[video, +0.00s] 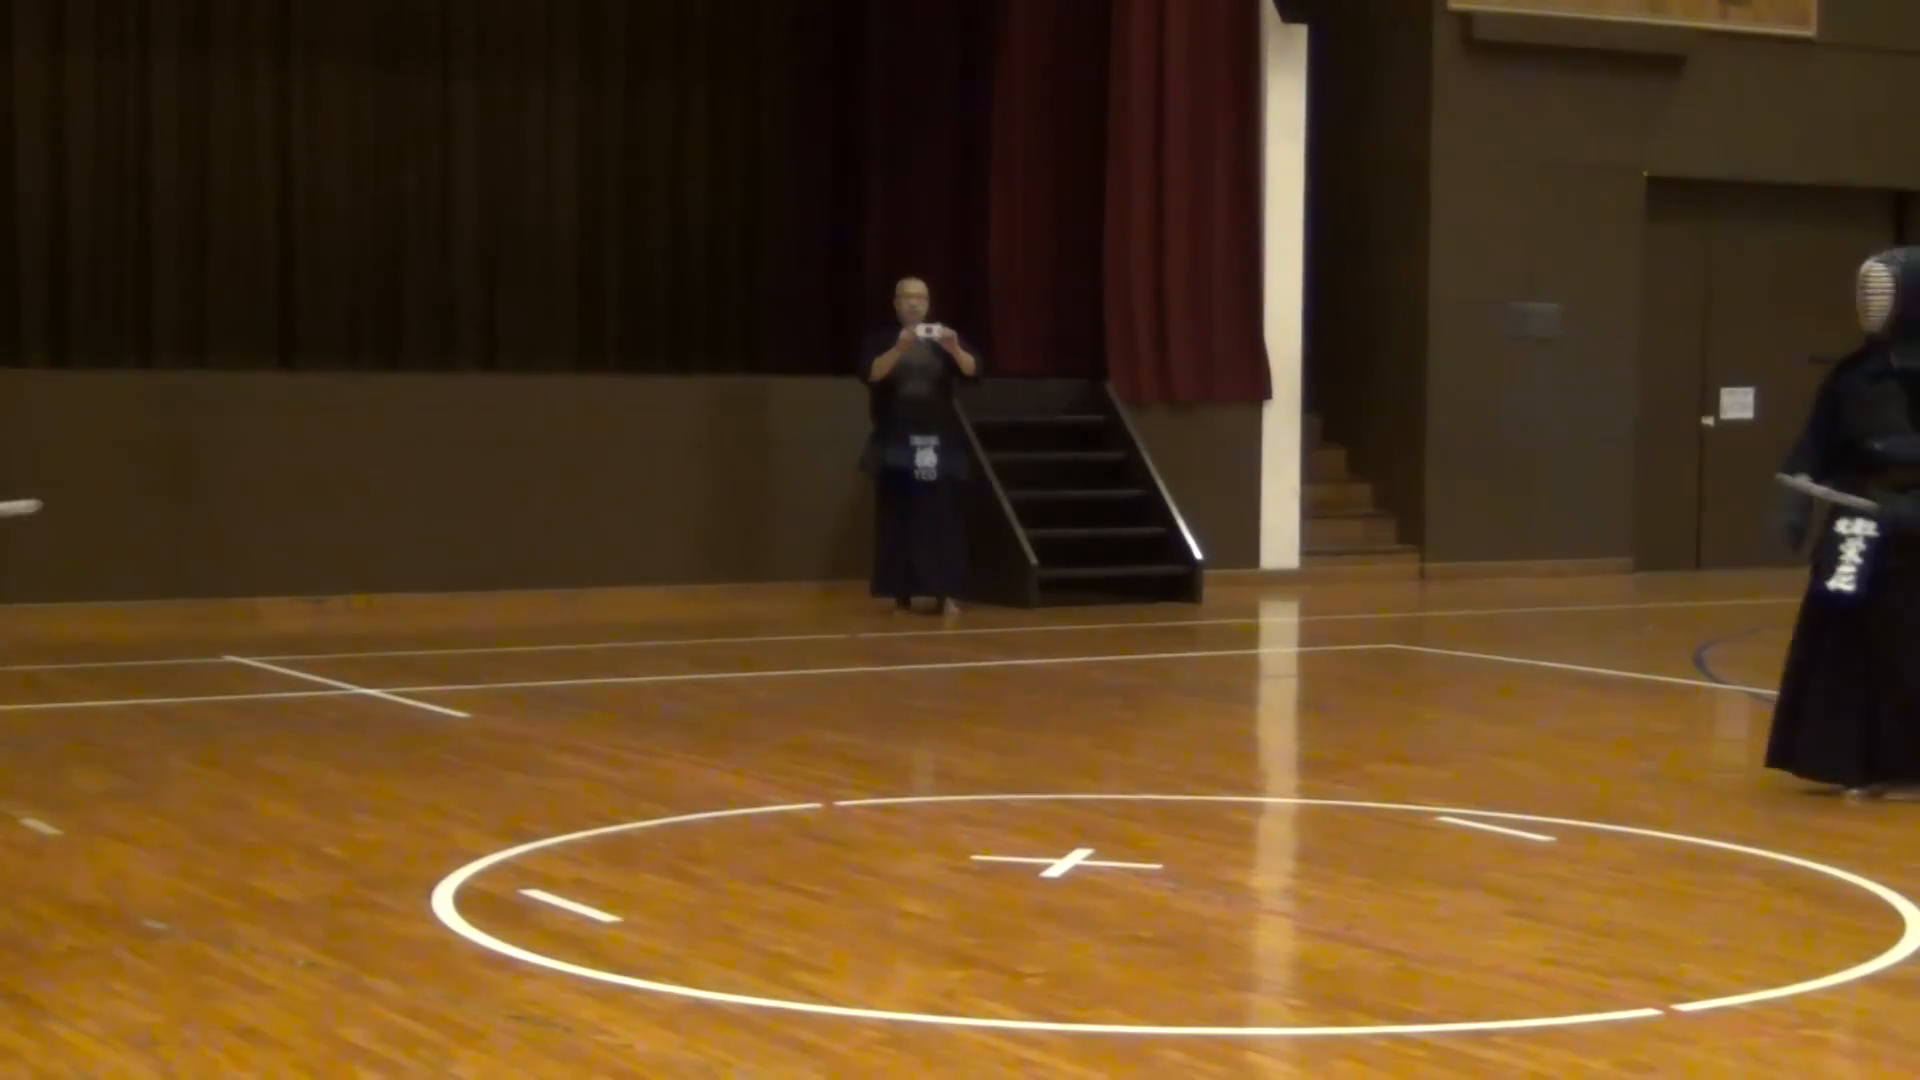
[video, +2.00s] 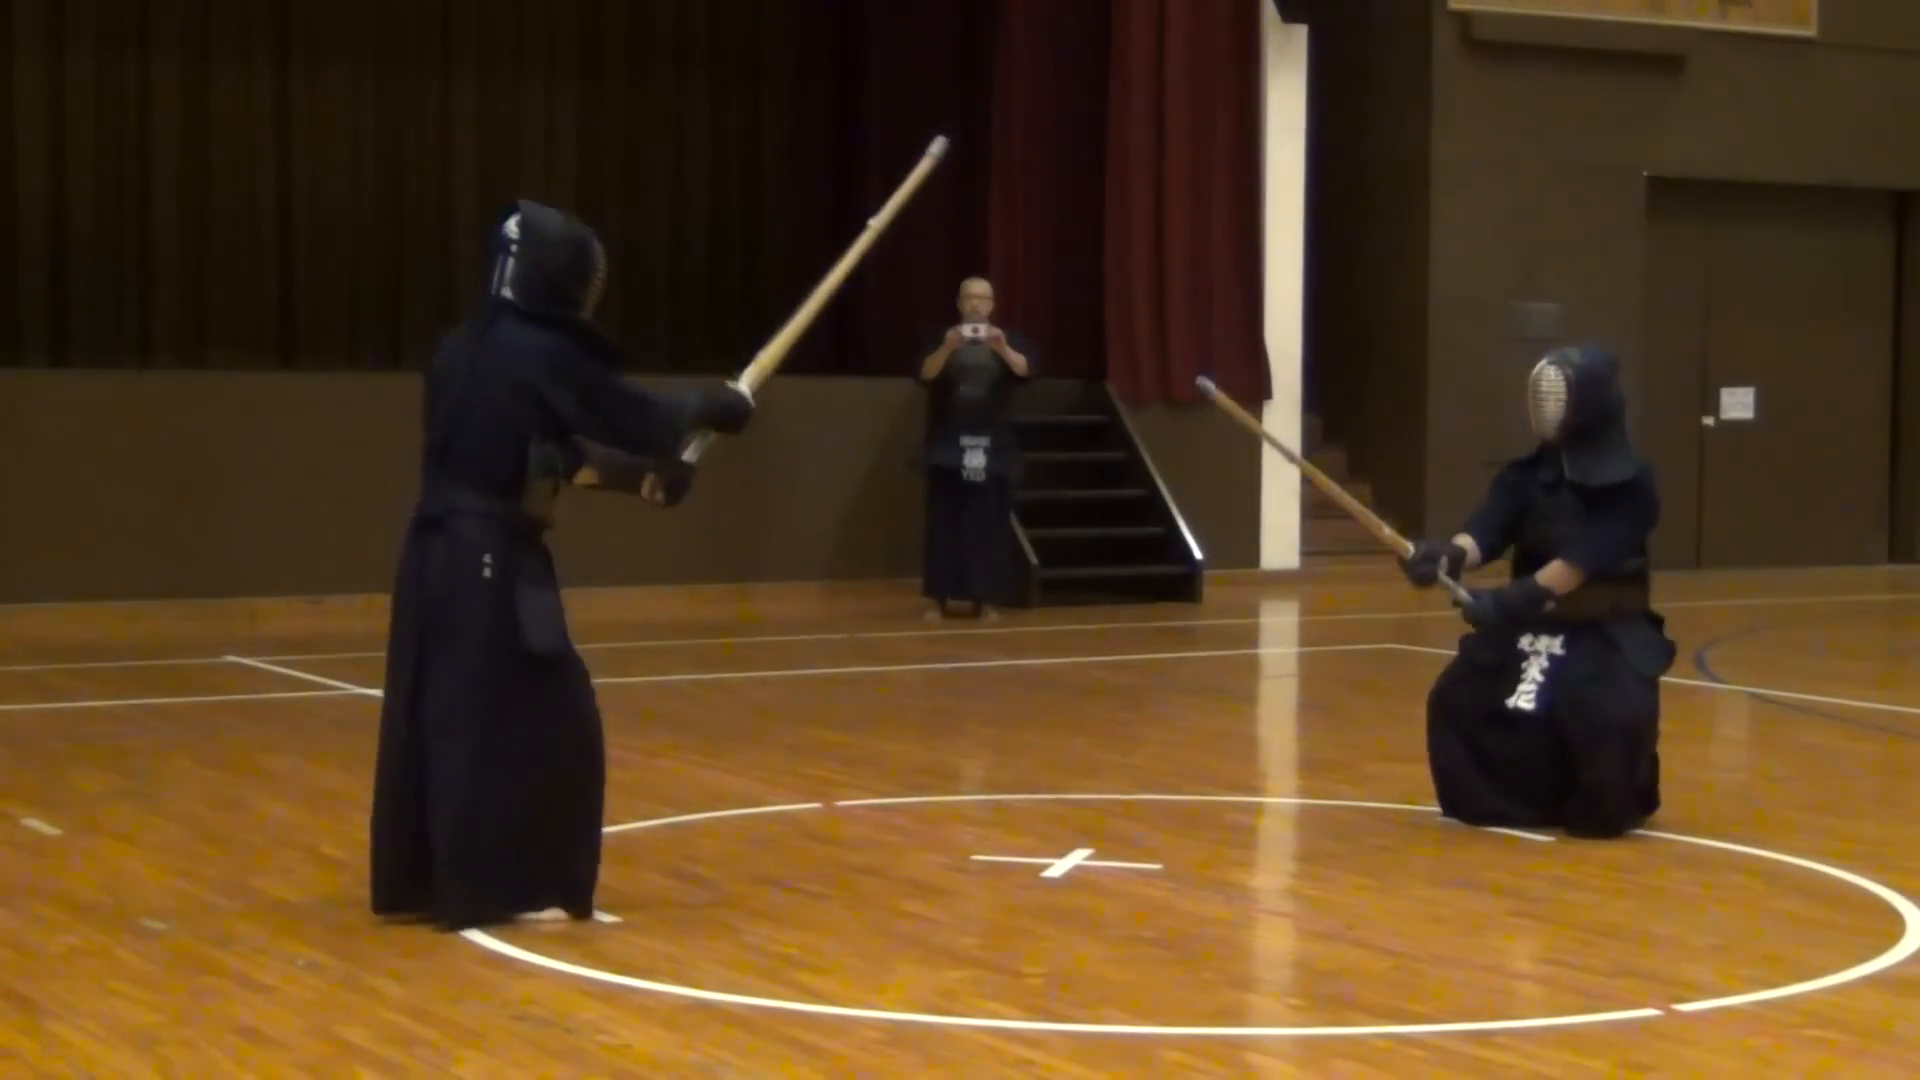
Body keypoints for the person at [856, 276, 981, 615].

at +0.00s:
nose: (913, 304)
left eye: (919, 299)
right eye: (907, 299)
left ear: (928, 303)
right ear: (896, 303)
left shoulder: (943, 338)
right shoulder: (885, 340)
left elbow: (973, 370)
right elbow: (871, 374)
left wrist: (954, 348)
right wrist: (900, 348)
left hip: (939, 436)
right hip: (897, 436)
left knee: (943, 512)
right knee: (899, 512)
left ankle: (948, 593)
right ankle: (901, 590)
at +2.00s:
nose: (976, 304)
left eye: (983, 299)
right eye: (970, 298)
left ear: (993, 303)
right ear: (960, 302)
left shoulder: (1006, 341)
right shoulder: (945, 339)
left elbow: (1025, 371)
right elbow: (925, 375)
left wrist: (1001, 348)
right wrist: (948, 347)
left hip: (991, 438)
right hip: (949, 437)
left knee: (990, 516)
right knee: (944, 515)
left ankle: (987, 598)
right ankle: (937, 597)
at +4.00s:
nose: (986, 304)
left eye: (992, 298)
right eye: (980, 298)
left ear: (1002, 302)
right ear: (970, 302)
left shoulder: (1016, 341)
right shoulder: (957, 340)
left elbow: (1035, 371)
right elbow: (937, 374)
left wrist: (1011, 347)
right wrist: (960, 346)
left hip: (1002, 437)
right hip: (961, 436)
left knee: (999, 513)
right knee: (957, 512)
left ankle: (997, 595)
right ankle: (950, 593)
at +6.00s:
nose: (979, 308)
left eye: (986, 302)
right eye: (973, 302)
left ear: (997, 307)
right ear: (963, 306)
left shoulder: (1007, 348)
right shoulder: (947, 344)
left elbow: (1027, 376)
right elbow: (930, 375)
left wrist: (1002, 348)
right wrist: (954, 349)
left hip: (993, 441)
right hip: (952, 440)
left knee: (990, 516)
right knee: (950, 516)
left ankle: (989, 598)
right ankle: (947, 596)